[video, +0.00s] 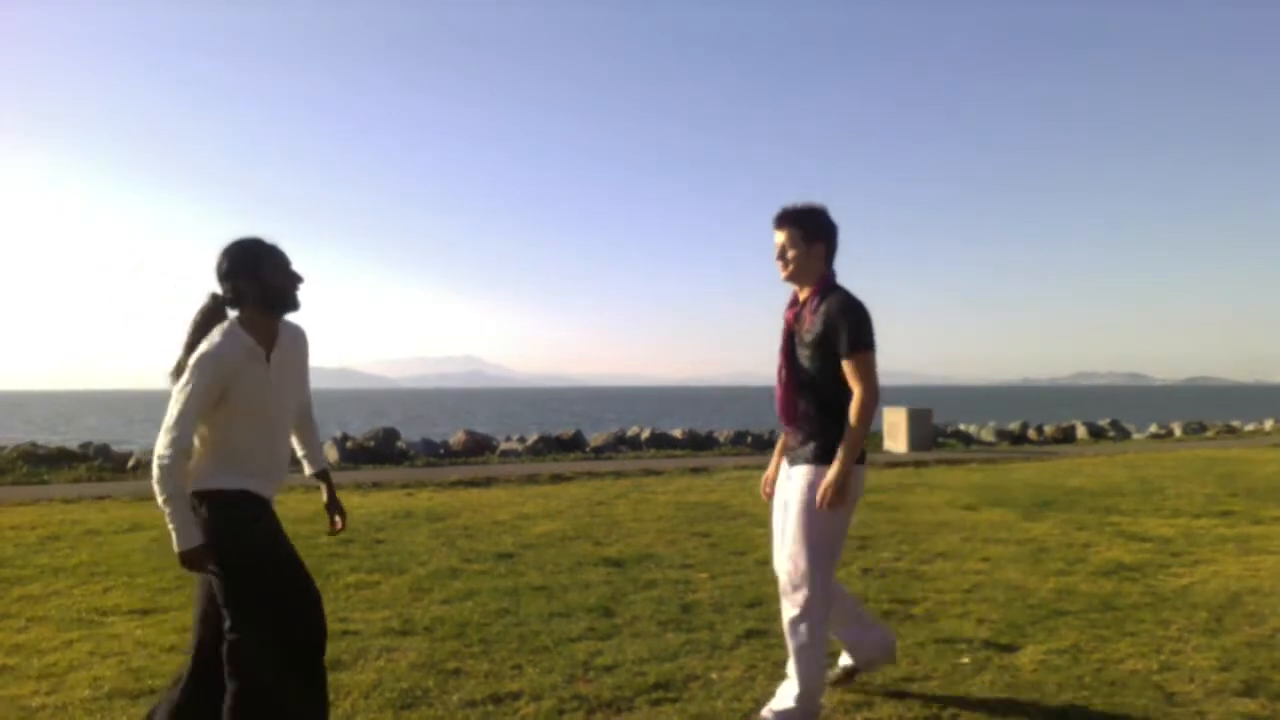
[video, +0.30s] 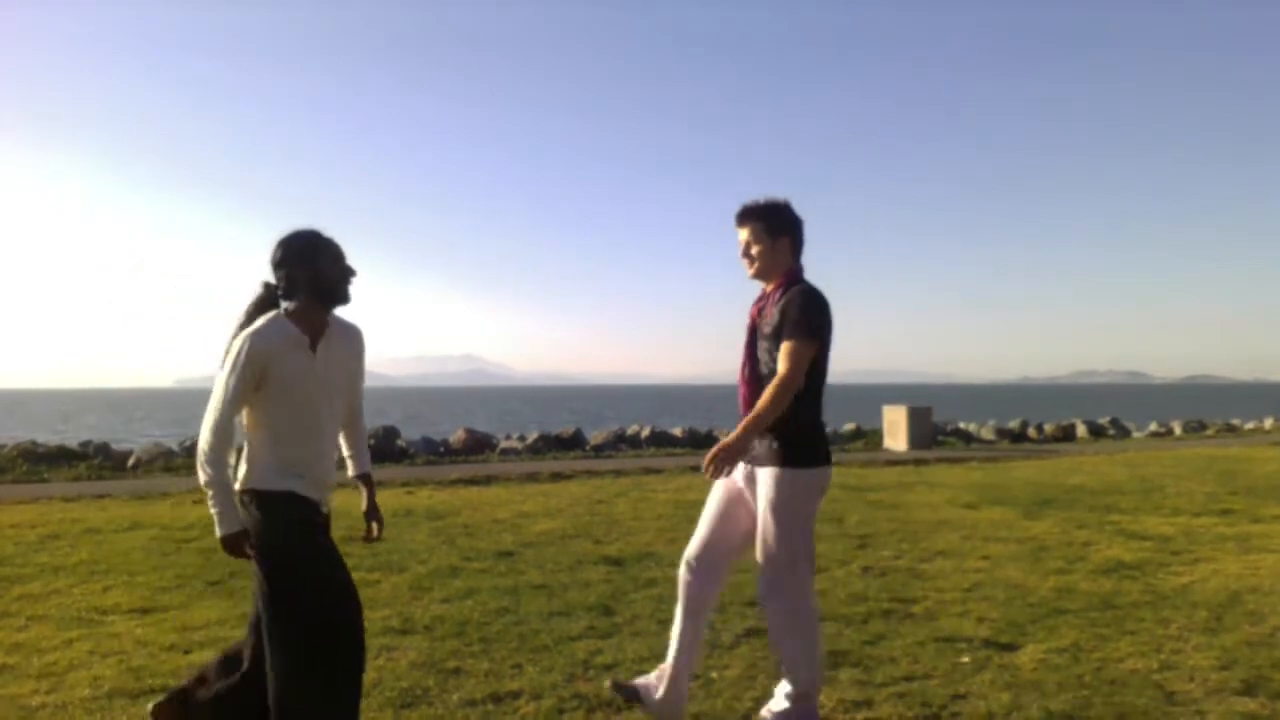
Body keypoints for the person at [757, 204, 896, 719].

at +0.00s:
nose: (780, 258)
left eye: (788, 249)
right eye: (777, 250)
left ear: (821, 249)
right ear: (783, 253)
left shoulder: (843, 309)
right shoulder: (796, 309)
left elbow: (866, 391)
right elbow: (802, 397)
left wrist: (843, 466)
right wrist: (777, 458)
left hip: (824, 461)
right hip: (793, 459)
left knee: (803, 579)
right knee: (790, 570)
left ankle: (800, 697)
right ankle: (868, 641)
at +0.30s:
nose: (744, 254)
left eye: (753, 244)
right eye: (742, 247)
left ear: (785, 243)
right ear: (751, 250)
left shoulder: (803, 301)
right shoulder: (765, 303)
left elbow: (789, 379)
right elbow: (768, 382)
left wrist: (736, 438)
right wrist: (749, 442)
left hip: (789, 462)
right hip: (749, 457)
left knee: (783, 583)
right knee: (697, 567)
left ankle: (800, 697)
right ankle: (669, 685)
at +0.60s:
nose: (702, 257)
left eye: (711, 248)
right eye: (700, 249)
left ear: (744, 249)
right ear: (709, 254)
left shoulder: (768, 309)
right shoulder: (721, 311)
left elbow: (762, 395)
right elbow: (729, 394)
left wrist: (718, 467)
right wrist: (700, 437)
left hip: (760, 475)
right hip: (709, 468)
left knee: (767, 597)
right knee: (677, 594)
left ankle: (789, 703)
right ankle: (648, 706)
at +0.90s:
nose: (637, 241)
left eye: (645, 231)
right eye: (634, 233)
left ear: (681, 232)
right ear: (644, 239)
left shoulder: (717, 291)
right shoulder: (653, 305)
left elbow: (749, 377)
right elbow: (618, 378)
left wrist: (757, 463)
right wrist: (595, 329)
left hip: (717, 474)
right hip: (657, 475)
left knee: (739, 592)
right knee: (642, 598)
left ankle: (769, 699)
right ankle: (650, 713)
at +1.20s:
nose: (581, 228)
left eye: (591, 219)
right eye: (579, 220)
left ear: (627, 220)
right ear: (583, 228)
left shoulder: (671, 282)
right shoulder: (588, 303)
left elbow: (711, 361)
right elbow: (533, 338)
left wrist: (737, 441)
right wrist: (548, 271)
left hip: (692, 462)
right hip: (627, 473)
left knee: (736, 585)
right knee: (630, 605)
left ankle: (774, 691)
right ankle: (638, 712)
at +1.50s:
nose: (556, 220)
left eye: (567, 210)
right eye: (554, 212)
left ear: (605, 212)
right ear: (557, 219)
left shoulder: (646, 277)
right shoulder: (558, 287)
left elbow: (700, 357)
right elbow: (510, 317)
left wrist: (750, 430)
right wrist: (520, 249)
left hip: (662, 462)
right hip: (593, 473)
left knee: (743, 581)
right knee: (607, 618)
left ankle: (844, 696)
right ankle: (632, 715)